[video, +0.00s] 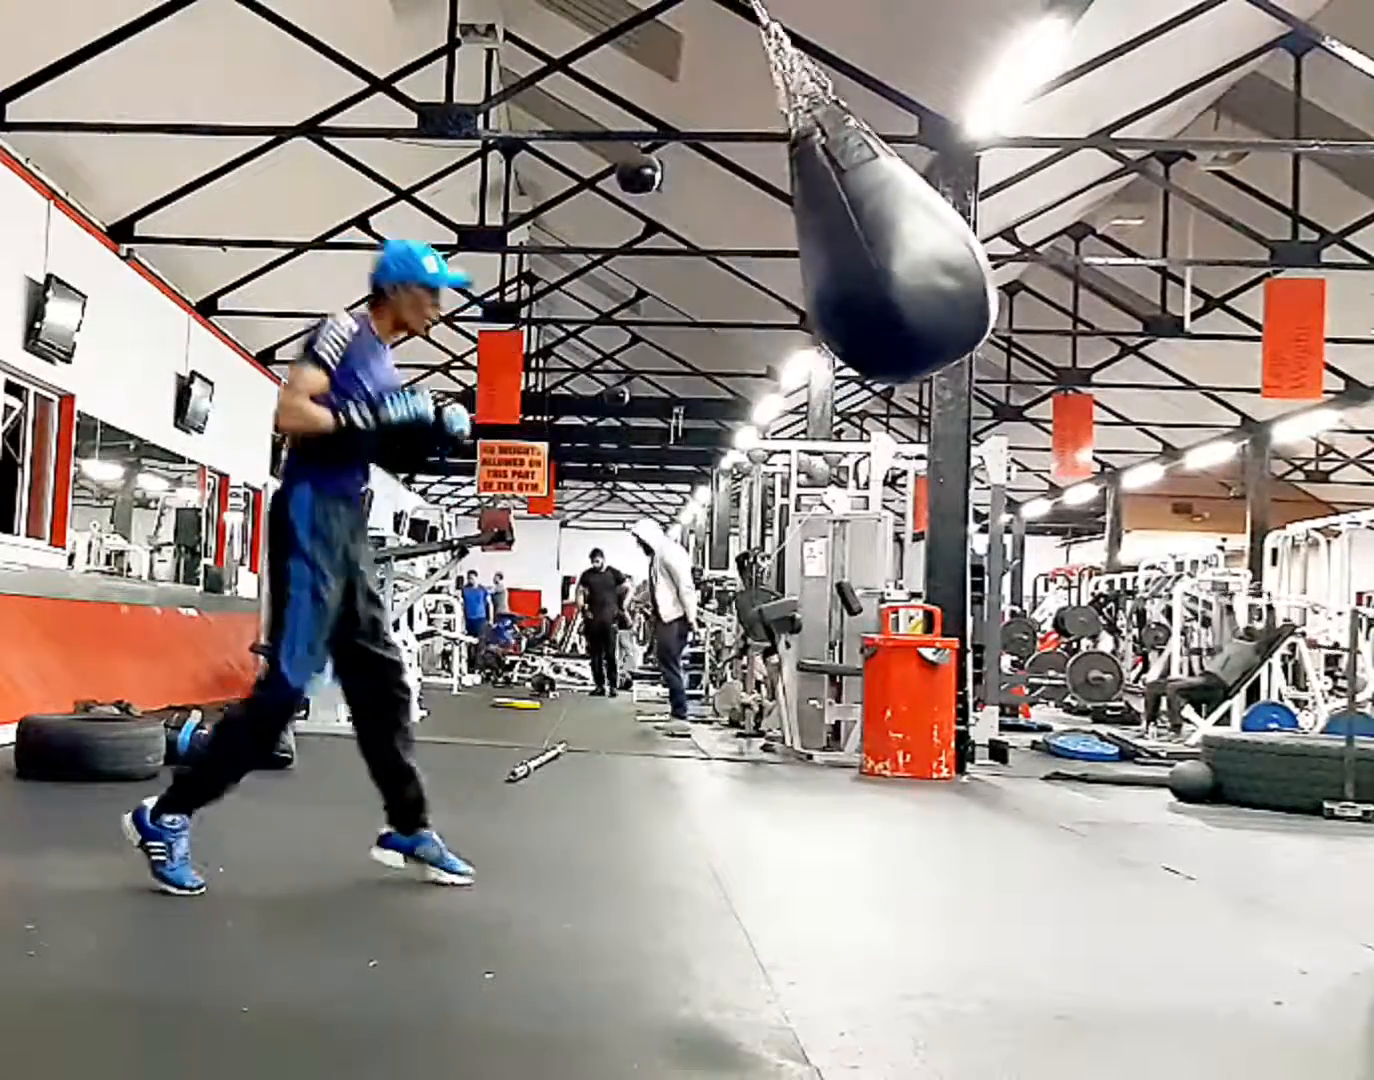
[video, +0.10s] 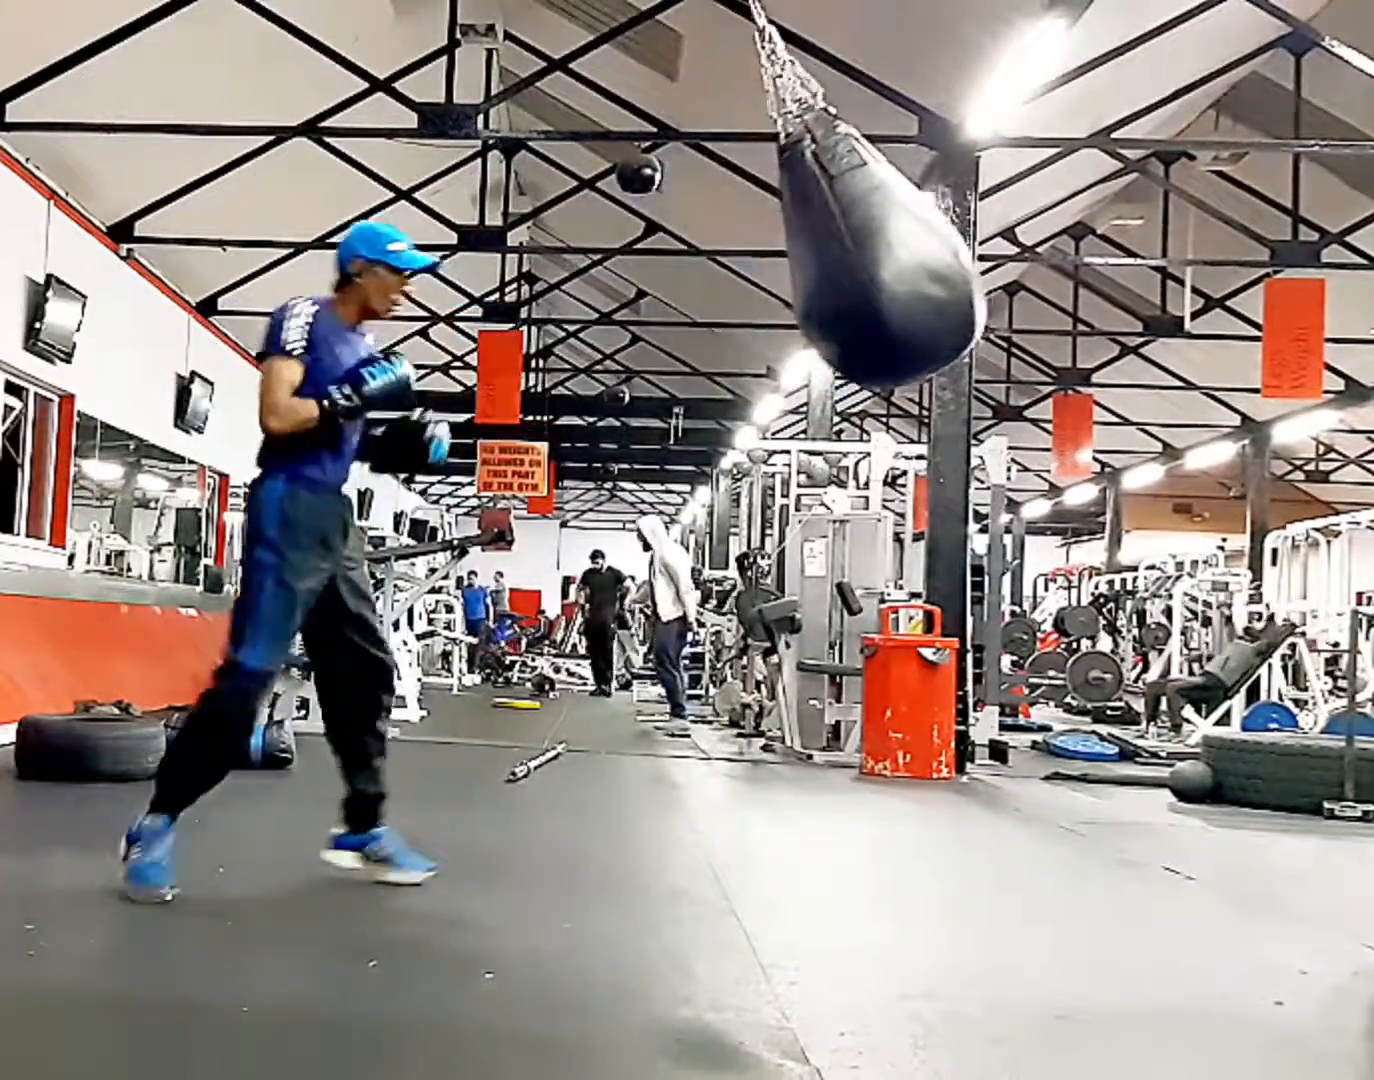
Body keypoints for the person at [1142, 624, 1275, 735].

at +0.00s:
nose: (1248, 628)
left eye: (1252, 628)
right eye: (1247, 627)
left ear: (1255, 637)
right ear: (1243, 632)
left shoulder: (1256, 650)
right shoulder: (1235, 641)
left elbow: (1272, 633)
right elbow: (1233, 625)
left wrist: (1270, 608)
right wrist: (1228, 609)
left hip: (1218, 682)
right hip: (1204, 675)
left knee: (1174, 689)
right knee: (1152, 688)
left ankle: (1176, 731)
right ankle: (1149, 727)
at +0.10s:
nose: (1251, 628)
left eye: (1256, 628)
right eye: (1251, 627)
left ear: (1258, 636)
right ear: (1247, 632)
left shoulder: (1257, 650)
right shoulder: (1235, 644)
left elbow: (1273, 642)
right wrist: (1225, 617)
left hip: (1217, 683)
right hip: (1203, 677)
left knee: (1173, 688)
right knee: (1152, 688)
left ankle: (1177, 732)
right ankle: (1147, 728)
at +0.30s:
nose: (1265, 632)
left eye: (1265, 630)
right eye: (1262, 629)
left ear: (1260, 636)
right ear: (1253, 633)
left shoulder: (1261, 651)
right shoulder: (1239, 643)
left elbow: (1281, 657)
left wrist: (1276, 640)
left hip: (1217, 683)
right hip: (1203, 674)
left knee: (1173, 688)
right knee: (1151, 688)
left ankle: (1176, 731)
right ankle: (1148, 728)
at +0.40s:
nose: (1256, 634)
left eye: (1259, 633)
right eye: (1259, 632)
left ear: (1258, 637)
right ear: (1256, 635)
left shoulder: (1260, 650)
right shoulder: (1238, 644)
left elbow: (1280, 657)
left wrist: (1276, 643)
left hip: (1217, 682)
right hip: (1203, 674)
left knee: (1173, 688)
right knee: (1151, 687)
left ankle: (1176, 731)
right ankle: (1148, 727)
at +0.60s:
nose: (1252, 628)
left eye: (1258, 627)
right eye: (1253, 626)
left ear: (1262, 635)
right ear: (1250, 630)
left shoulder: (1260, 651)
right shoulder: (1237, 642)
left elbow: (1276, 645)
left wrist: (1280, 633)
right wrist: (1223, 625)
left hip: (1218, 682)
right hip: (1204, 675)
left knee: (1173, 688)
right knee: (1152, 687)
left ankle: (1176, 732)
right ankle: (1148, 729)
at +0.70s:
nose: (1249, 628)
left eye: (1254, 627)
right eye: (1248, 626)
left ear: (1261, 634)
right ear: (1245, 631)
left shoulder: (1258, 650)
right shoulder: (1235, 642)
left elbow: (1287, 630)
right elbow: (1224, 628)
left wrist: (1278, 624)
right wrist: (1222, 613)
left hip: (1217, 684)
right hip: (1202, 677)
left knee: (1174, 687)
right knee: (1152, 688)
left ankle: (1176, 731)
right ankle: (1148, 728)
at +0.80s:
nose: (1246, 634)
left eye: (1250, 633)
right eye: (1246, 632)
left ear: (1251, 638)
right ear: (1251, 637)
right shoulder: (1232, 644)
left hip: (1217, 683)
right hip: (1201, 677)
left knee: (1174, 687)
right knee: (1151, 688)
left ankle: (1176, 730)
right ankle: (1148, 727)